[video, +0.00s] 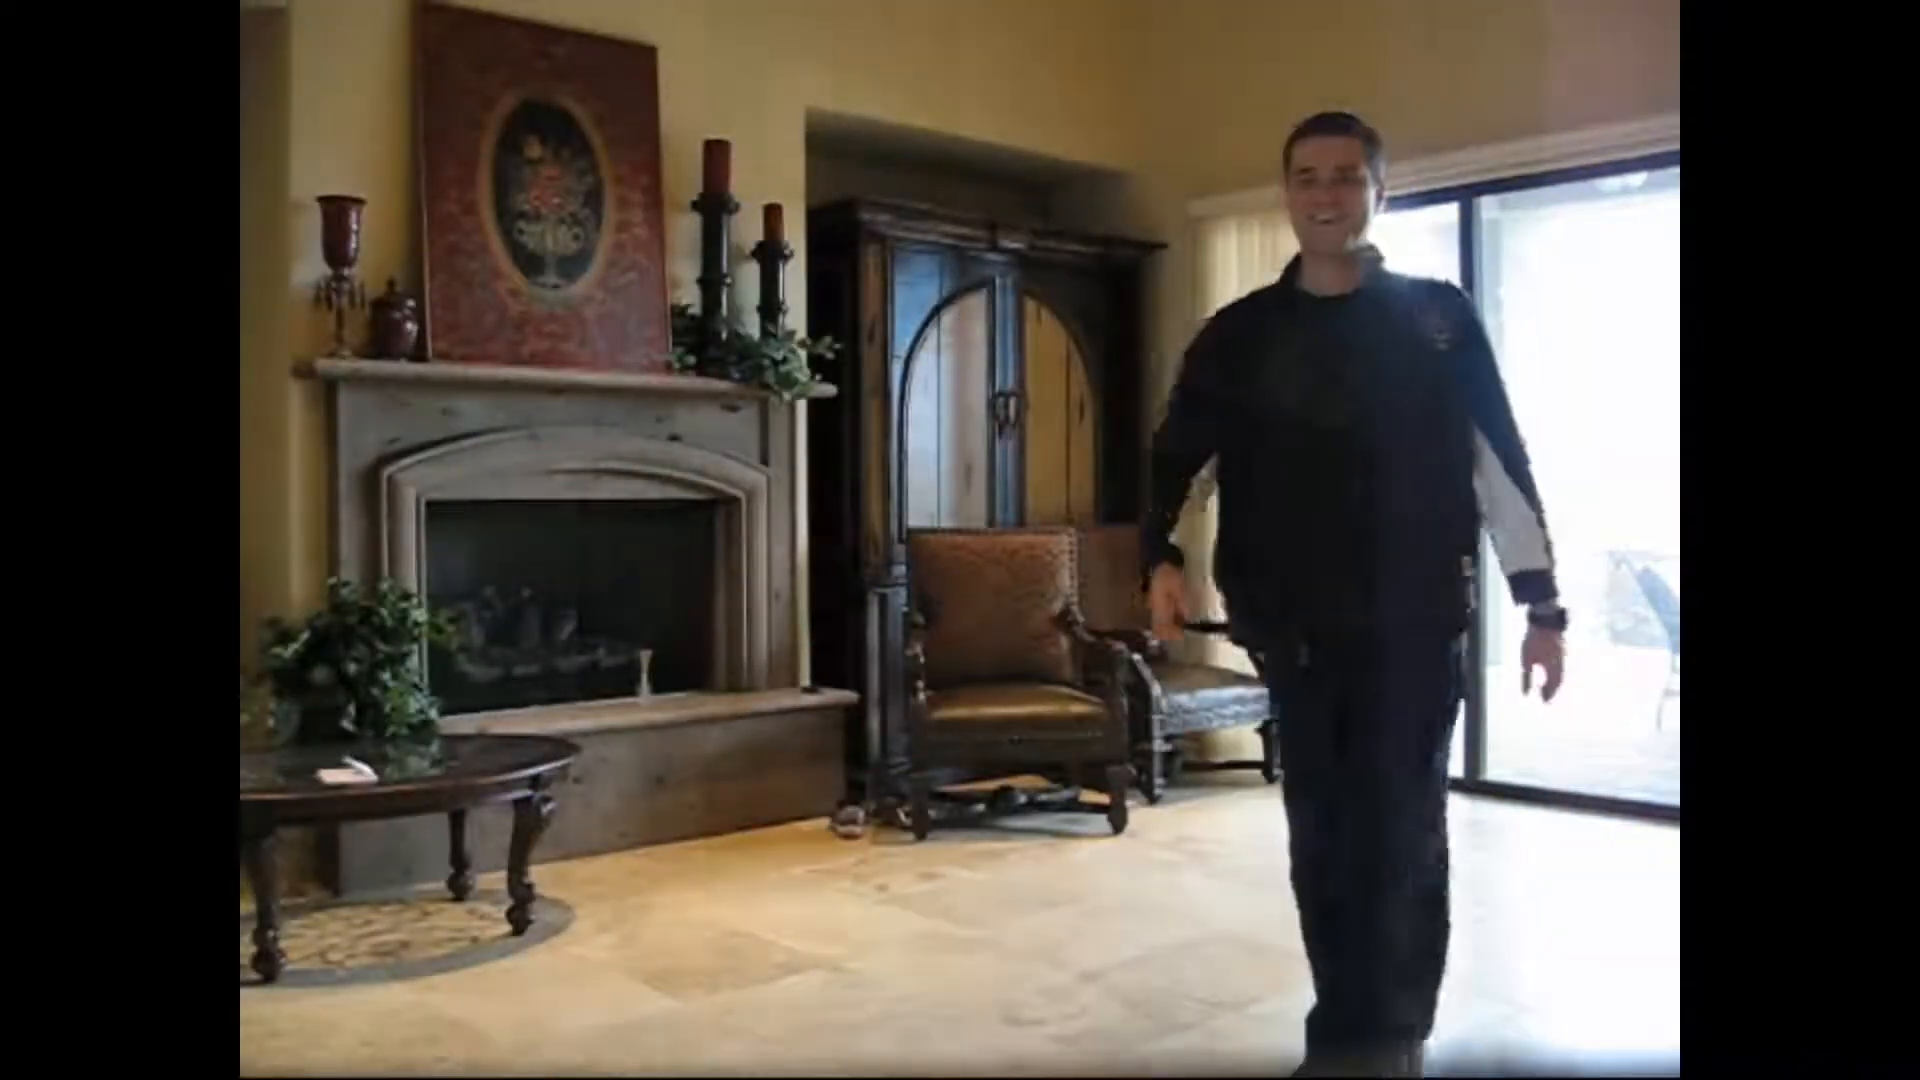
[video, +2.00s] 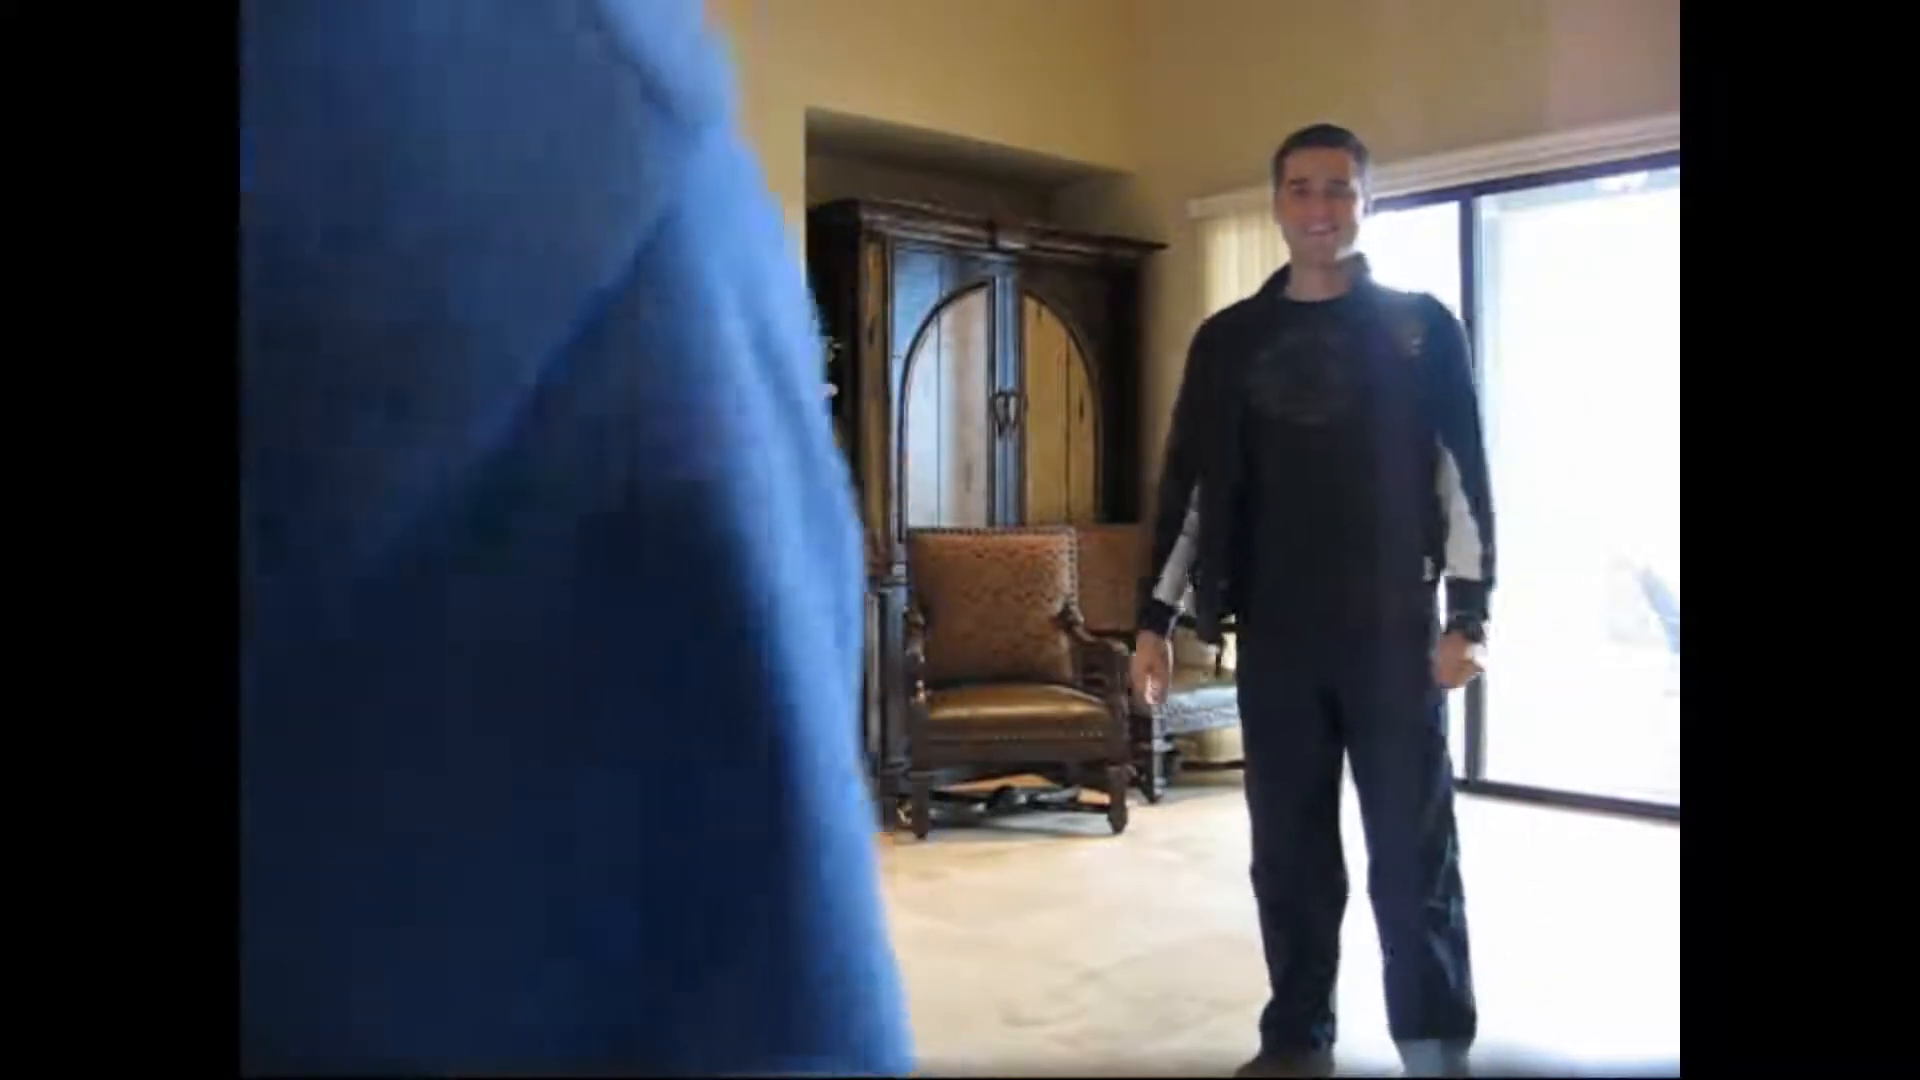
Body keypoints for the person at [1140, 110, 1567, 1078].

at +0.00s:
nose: (1327, 194)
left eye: (1346, 177)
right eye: (1309, 178)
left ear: (1377, 193)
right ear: (1284, 195)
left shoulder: (1434, 314)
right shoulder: (1235, 335)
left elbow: (1500, 463)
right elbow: (1167, 466)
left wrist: (1542, 605)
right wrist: (1159, 558)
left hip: (1412, 622)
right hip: (1294, 626)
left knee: (1402, 836)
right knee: (1321, 840)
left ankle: (1397, 1045)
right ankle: (1338, 1045)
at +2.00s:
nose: (1319, 204)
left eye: (1337, 188)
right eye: (1301, 188)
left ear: (1366, 203)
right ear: (1276, 204)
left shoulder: (1420, 326)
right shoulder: (1226, 338)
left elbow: (1464, 477)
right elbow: (1185, 486)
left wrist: (1467, 616)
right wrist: (1155, 619)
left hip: (1392, 634)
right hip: (1276, 636)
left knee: (1414, 861)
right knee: (1287, 856)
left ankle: (1439, 1055)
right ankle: (1295, 1041)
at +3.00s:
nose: (1252, 204)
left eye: (1270, 185)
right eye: (1235, 188)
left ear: (1302, 198)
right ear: (1215, 205)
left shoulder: (1359, 323)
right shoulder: (1171, 342)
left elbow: (1399, 477)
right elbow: (1114, 479)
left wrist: (1371, 610)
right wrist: (1042, 593)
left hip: (1328, 633)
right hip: (1205, 640)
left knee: (1382, 864)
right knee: (1206, 864)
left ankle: (1432, 1056)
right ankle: (1208, 1054)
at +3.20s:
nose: (1210, 204)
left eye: (1229, 186)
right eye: (1191, 188)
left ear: (1261, 197)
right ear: (1170, 205)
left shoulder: (1325, 316)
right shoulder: (1138, 337)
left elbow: (1375, 471)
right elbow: (1044, 449)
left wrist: (1367, 616)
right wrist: (936, 525)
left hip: (1312, 629)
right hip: (1190, 634)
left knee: (1354, 862)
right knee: (1200, 866)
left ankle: (1403, 1052)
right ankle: (1206, 1056)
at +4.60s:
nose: (1266, 253)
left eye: (1278, 230)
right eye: (1244, 234)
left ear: (1295, 211)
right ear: (1200, 221)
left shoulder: (1343, 315)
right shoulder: (1148, 337)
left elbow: (1429, 450)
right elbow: (1098, 464)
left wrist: (1322, 472)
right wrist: (1041, 508)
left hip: (1325, 639)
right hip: (1205, 640)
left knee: (1327, 862)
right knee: (1210, 862)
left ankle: (1326, 1060)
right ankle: (1209, 1055)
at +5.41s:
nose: (1292, 181)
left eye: (1308, 160)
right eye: (1270, 167)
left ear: (1342, 173)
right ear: (1247, 189)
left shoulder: (1420, 303)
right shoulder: (1210, 325)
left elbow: (1481, 471)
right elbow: (1188, 469)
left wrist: (1410, 571)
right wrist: (1181, 476)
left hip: (1373, 636)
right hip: (1252, 637)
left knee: (1360, 865)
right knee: (1256, 860)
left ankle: (1338, 1059)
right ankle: (1250, 1055)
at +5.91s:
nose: (1195, 214)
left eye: (1210, 189)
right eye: (1172, 206)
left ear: (1258, 197)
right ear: (1164, 231)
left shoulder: (1387, 302)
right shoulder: (1172, 359)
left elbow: (1455, 438)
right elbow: (1166, 498)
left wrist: (1378, 517)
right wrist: (1189, 514)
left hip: (1384, 627)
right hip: (1259, 634)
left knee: (1368, 857)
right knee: (1265, 855)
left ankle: (1342, 1054)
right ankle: (1249, 1051)